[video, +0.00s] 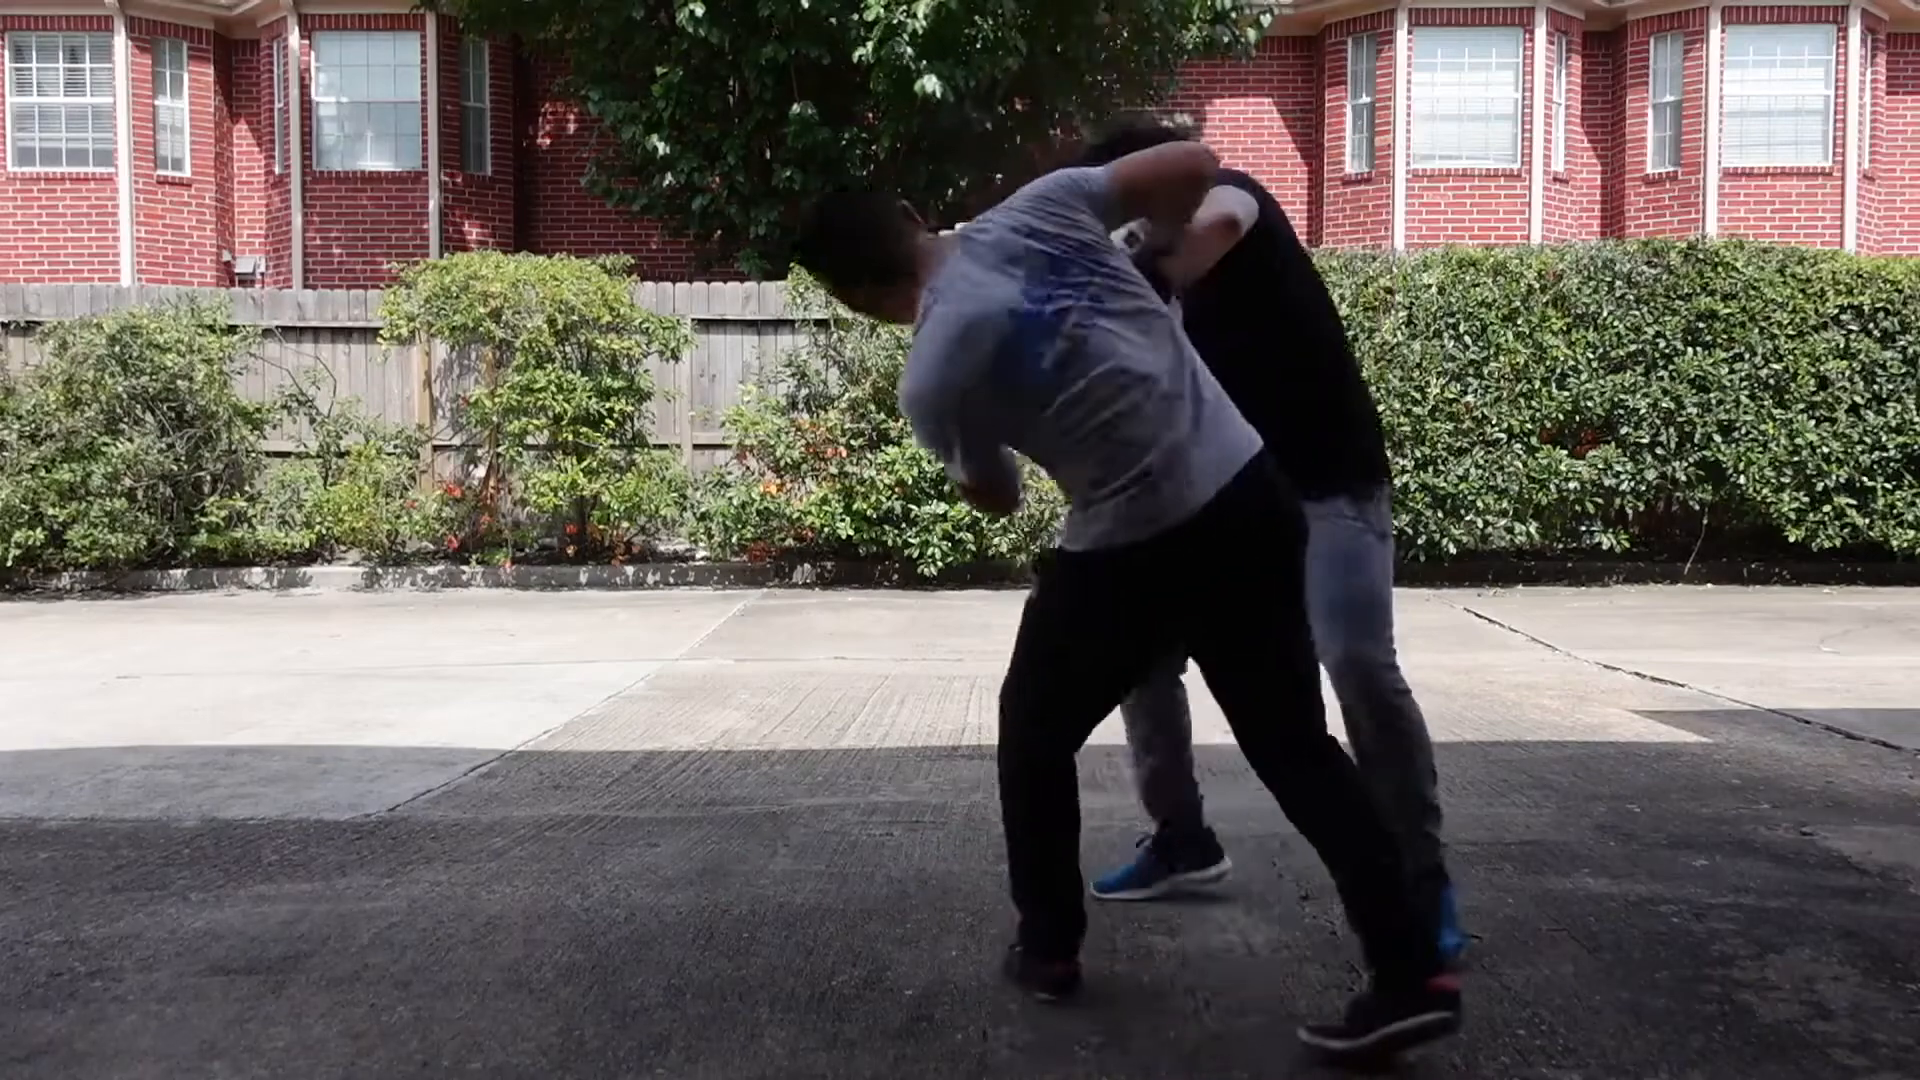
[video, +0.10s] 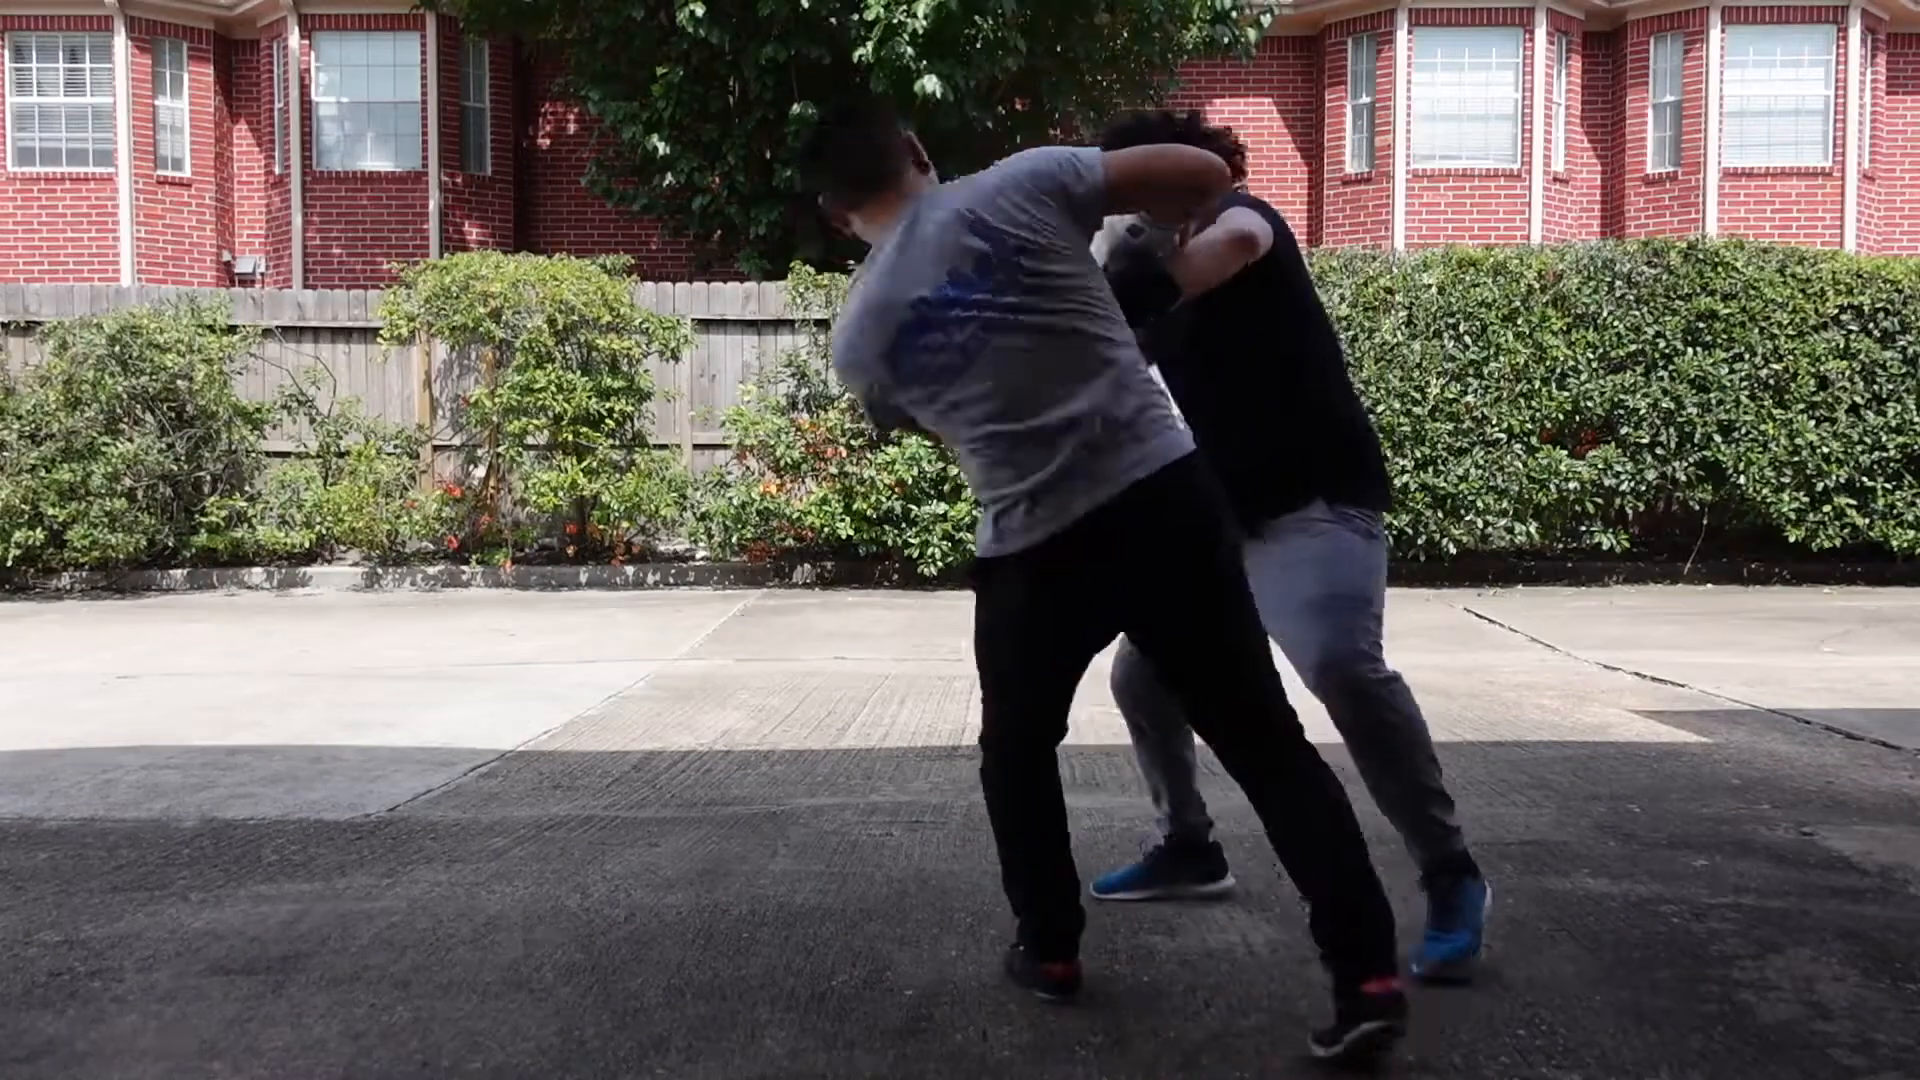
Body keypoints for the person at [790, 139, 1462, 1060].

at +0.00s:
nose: (865, 313)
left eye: (851, 302)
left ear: (860, 298)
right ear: (922, 216)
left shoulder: (932, 380)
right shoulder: (1045, 205)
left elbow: (996, 494)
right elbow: (1192, 161)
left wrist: (967, 436)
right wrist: (1167, 261)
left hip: (1125, 553)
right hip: (1248, 500)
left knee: (1033, 737)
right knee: (1296, 751)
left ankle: (1049, 948)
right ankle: (1412, 973)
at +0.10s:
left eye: (841, 209)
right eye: (918, 159)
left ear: (835, 215)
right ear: (923, 155)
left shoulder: (858, 341)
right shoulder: (1029, 183)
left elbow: (948, 425)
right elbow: (1203, 170)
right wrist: (1158, 222)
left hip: (1035, 560)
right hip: (1166, 503)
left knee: (1015, 748)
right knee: (1265, 743)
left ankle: (1051, 950)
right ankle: (1370, 974)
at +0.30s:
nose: (937, 89)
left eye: (936, 73)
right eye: (933, 71)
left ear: (833, 77)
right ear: (899, 62)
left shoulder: (795, 200)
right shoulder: (900, 133)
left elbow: (895, 305)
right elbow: (1070, 219)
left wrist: (997, 243)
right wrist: (1050, 204)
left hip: (863, 500)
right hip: (946, 486)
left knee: (979, 718)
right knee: (1055, 744)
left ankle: (980, 931)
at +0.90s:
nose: (774, 120)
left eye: (784, 101)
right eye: (781, 91)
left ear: (730, 51)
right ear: (739, 55)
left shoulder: (653, 158)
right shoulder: (600, 131)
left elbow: (764, 315)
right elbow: (742, 301)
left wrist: (830, 184)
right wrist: (799, 159)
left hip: (580, 521)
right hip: (527, 511)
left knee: (529, 778)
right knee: (507, 779)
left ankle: (317, 967)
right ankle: (383, 1039)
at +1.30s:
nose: (846, 78)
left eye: (853, 60)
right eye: (849, 52)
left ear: (755, 28)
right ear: (803, 28)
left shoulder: (654, 118)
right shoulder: (714, 114)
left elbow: (746, 299)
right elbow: (863, 283)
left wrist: (838, 156)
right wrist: (910, 152)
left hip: (688, 502)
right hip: (676, 509)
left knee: (763, 757)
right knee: (622, 774)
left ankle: (786, 991)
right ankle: (426, 1004)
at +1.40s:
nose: (872, 87)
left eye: (879, 63)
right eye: (876, 56)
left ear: (791, 20)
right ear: (834, 23)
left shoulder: (701, 109)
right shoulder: (730, 100)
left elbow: (824, 281)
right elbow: (854, 274)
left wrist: (898, 193)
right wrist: (936, 181)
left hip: (726, 491)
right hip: (728, 495)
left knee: (775, 750)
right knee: (767, 758)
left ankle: (787, 989)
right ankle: (568, 984)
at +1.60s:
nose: (938, 60)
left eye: (944, 40)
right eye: (939, 33)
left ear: (842, 15)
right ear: (898, 14)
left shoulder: (760, 99)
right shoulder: (801, 100)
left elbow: (876, 271)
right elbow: (947, 263)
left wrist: (938, 157)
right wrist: (986, 136)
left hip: (773, 480)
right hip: (813, 485)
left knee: (855, 739)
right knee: (892, 761)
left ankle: (805, 961)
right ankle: (840, 1046)